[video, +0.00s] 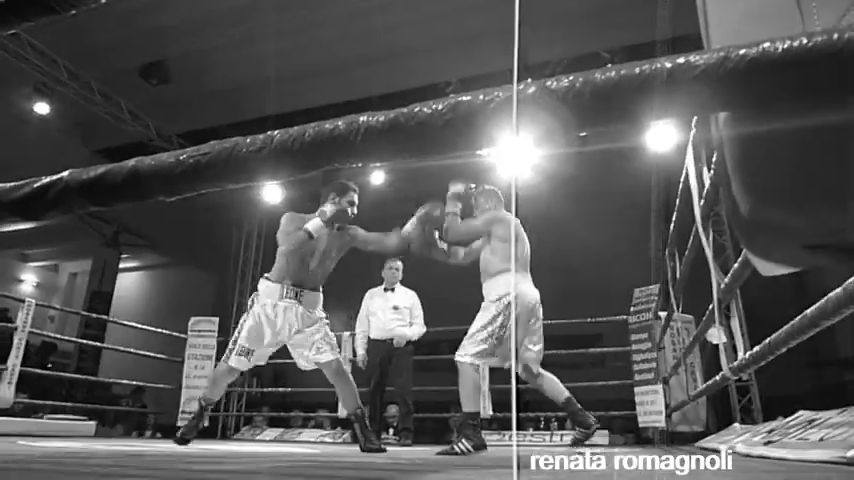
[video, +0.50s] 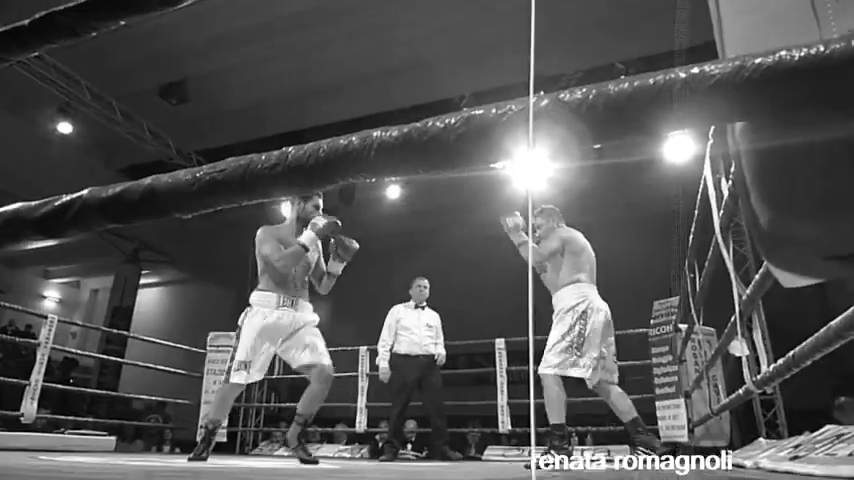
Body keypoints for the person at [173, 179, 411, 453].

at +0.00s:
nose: (353, 211)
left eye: (356, 206)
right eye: (349, 204)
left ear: (353, 209)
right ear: (329, 202)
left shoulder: (348, 235)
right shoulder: (293, 219)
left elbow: (388, 243)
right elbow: (287, 246)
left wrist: (410, 229)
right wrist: (323, 220)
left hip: (310, 311)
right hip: (271, 304)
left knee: (337, 370)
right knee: (231, 367)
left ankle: (364, 433)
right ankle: (198, 417)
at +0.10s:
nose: (346, 212)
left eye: (348, 207)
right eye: (342, 205)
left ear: (343, 210)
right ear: (321, 203)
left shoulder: (340, 240)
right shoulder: (286, 225)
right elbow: (279, 254)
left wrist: (381, 254)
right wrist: (313, 227)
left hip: (316, 316)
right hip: (275, 312)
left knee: (340, 371)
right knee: (237, 373)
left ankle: (360, 438)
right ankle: (208, 426)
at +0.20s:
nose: (349, 228)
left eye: (352, 225)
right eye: (347, 221)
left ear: (351, 229)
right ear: (330, 215)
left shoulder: (347, 255)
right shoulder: (296, 239)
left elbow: (368, 290)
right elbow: (303, 257)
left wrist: (370, 255)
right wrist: (330, 230)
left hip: (335, 328)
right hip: (294, 325)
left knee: (363, 392)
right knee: (260, 388)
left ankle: (383, 458)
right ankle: (234, 449)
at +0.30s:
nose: (345, 210)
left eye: (347, 204)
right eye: (339, 202)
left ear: (349, 208)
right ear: (323, 202)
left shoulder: (343, 239)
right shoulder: (294, 220)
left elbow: (362, 278)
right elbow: (301, 253)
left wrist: (370, 245)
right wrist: (332, 224)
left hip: (329, 315)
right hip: (289, 310)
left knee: (352, 382)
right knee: (257, 378)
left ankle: (377, 451)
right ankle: (231, 442)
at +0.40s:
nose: (334, 214)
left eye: (337, 209)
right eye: (330, 206)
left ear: (337, 213)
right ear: (315, 204)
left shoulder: (332, 240)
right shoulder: (285, 226)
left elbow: (344, 280)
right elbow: (292, 258)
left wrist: (353, 249)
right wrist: (322, 229)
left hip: (319, 313)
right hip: (280, 309)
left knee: (343, 373)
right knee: (252, 374)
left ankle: (340, 443)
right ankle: (220, 440)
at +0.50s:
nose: (319, 213)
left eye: (321, 209)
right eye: (315, 207)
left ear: (318, 214)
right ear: (296, 205)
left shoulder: (313, 245)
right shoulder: (267, 233)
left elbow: (323, 287)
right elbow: (280, 263)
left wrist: (340, 261)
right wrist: (312, 237)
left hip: (300, 317)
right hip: (264, 314)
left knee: (324, 373)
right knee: (236, 380)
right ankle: (207, 438)